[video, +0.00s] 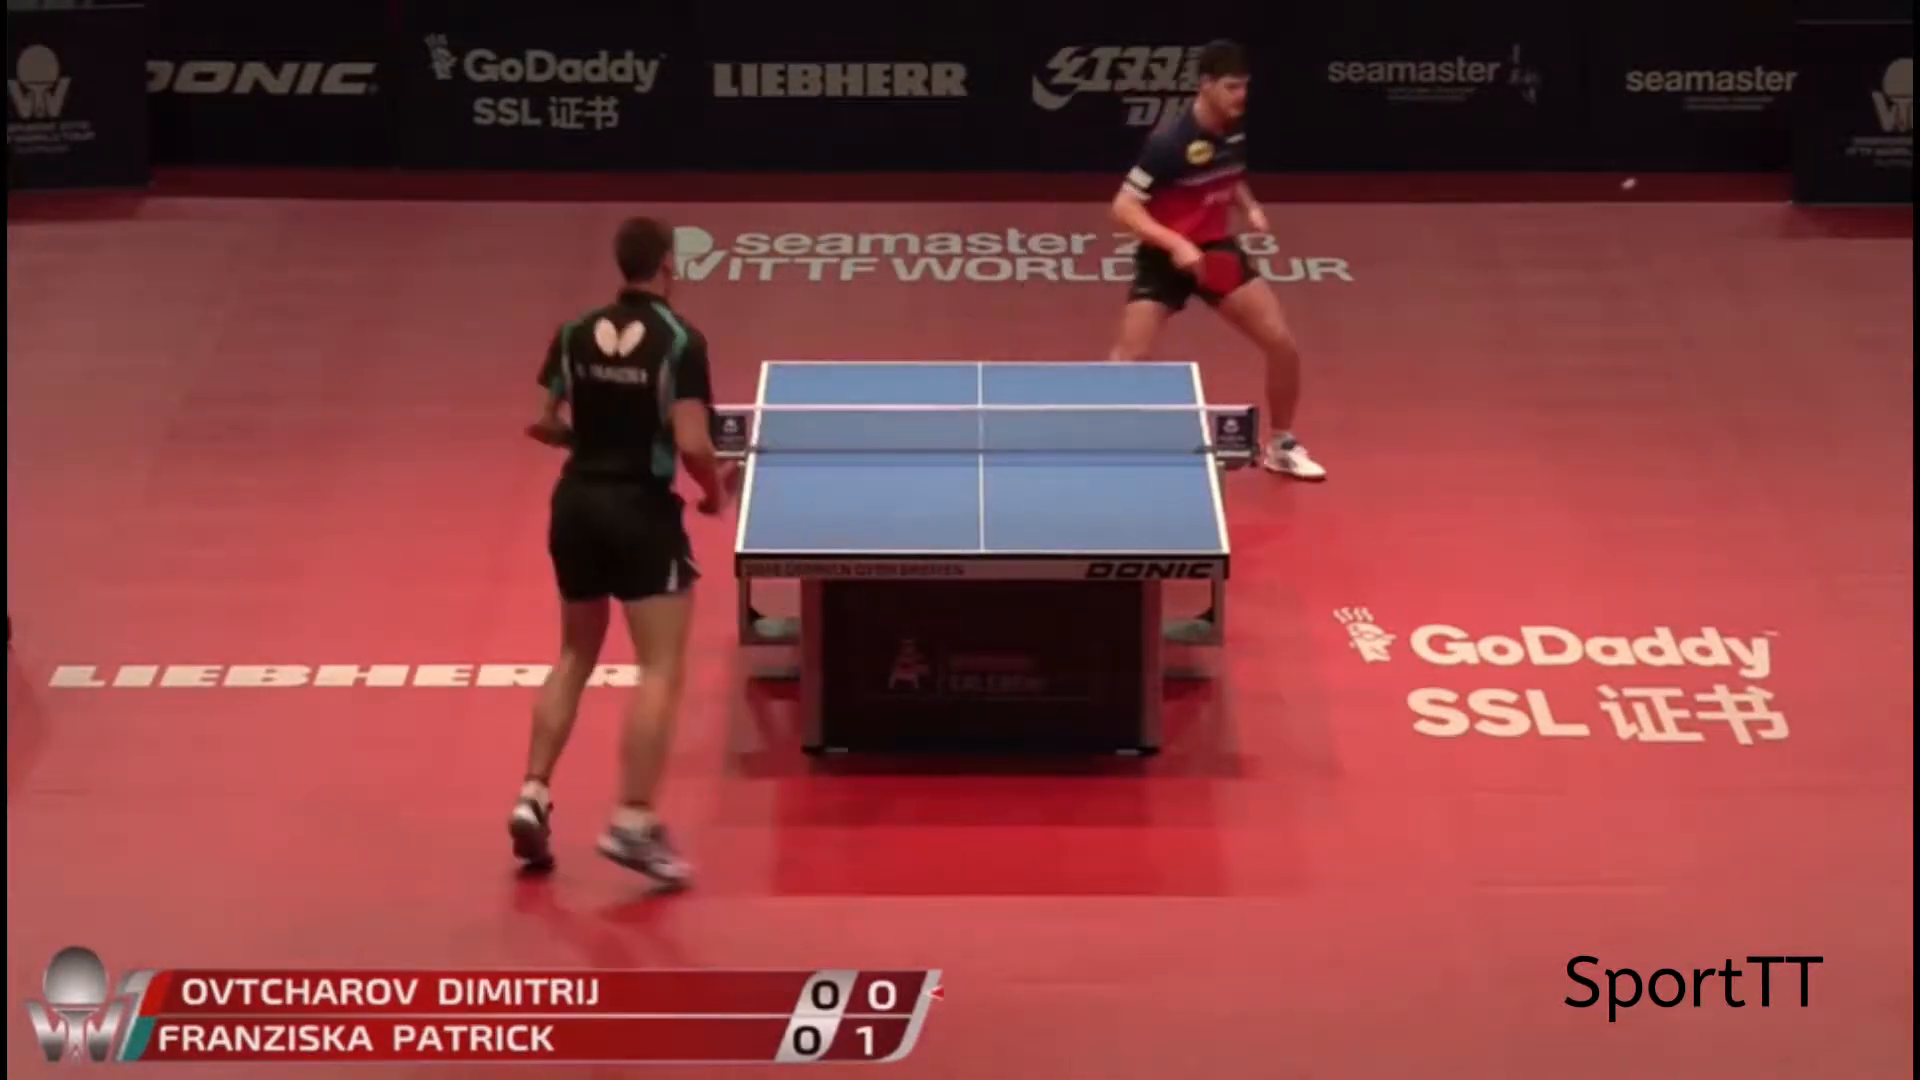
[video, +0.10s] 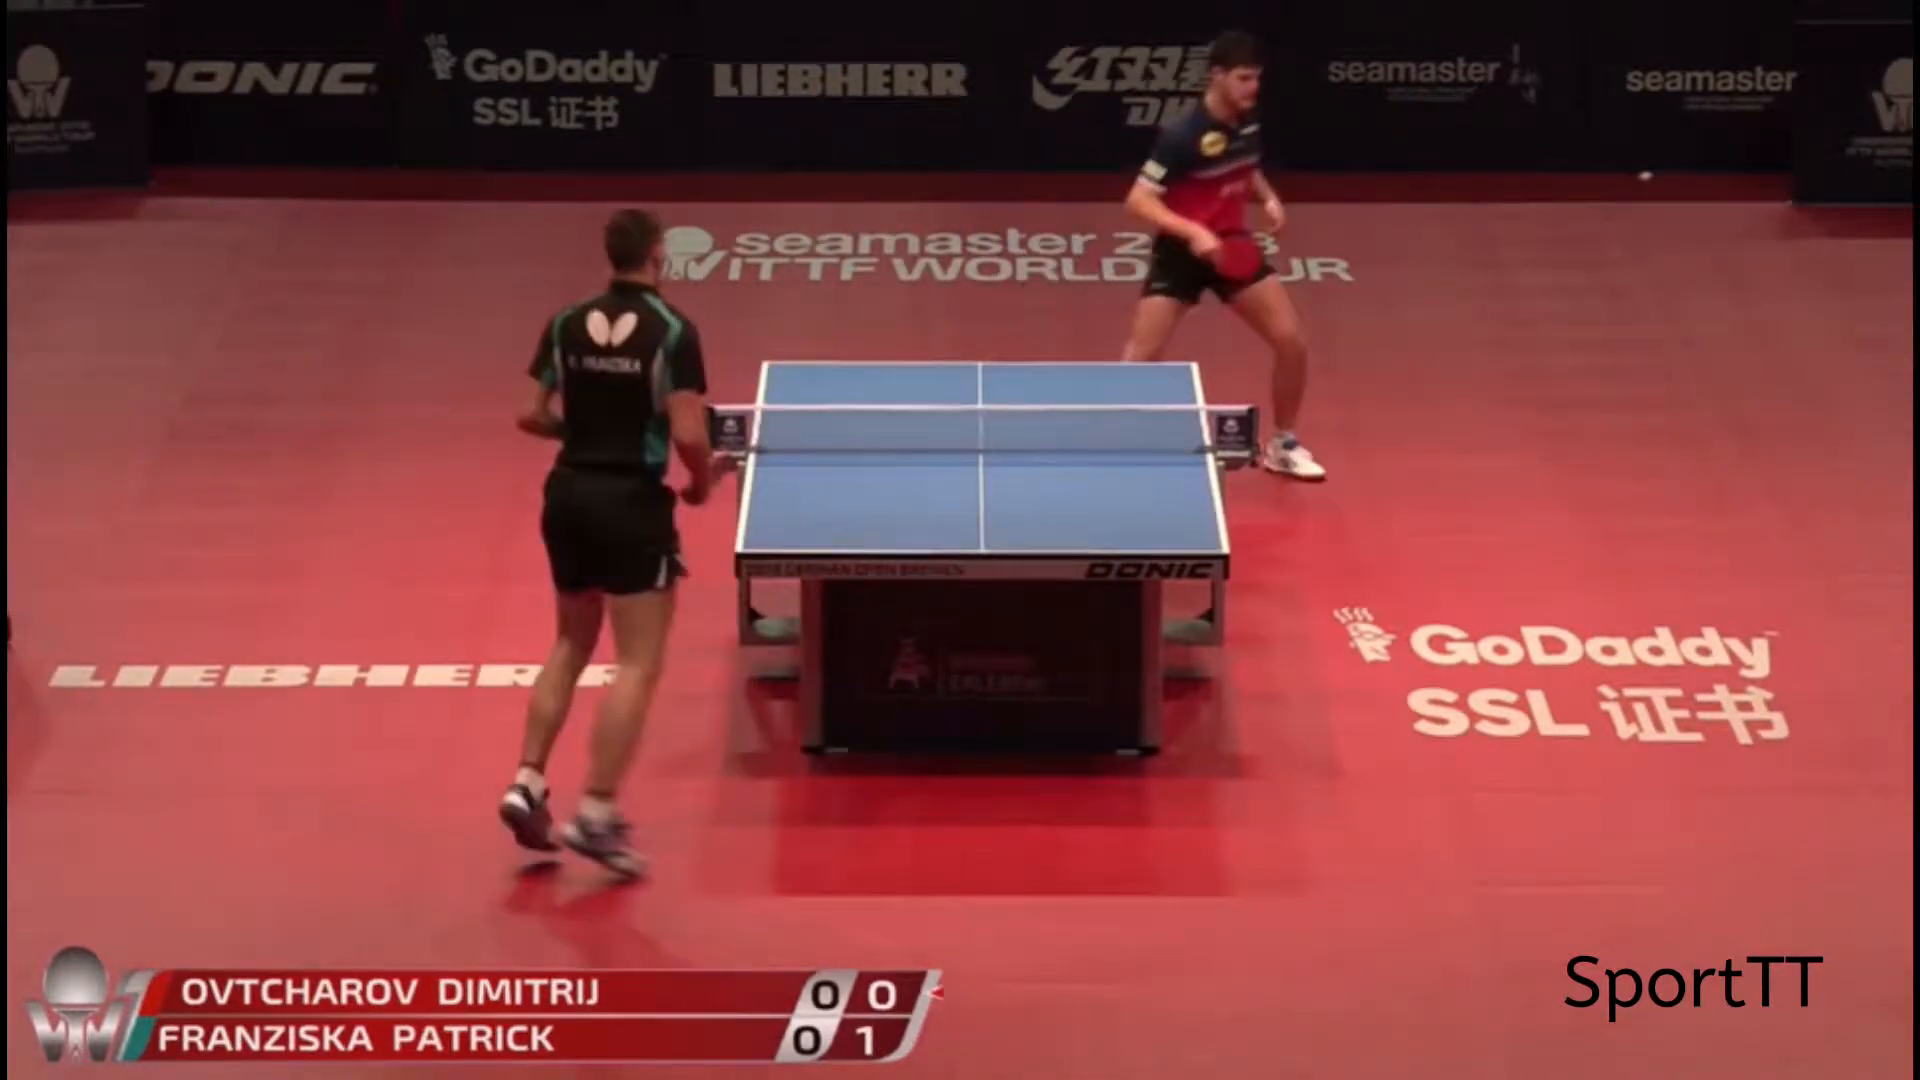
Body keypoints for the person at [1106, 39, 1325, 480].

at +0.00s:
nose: (1241, 96)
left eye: (1244, 86)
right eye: (1232, 86)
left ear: (1245, 87)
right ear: (1205, 86)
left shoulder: (1235, 130)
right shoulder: (1169, 138)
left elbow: (1232, 176)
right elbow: (1123, 206)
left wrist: (1251, 208)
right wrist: (1177, 244)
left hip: (1218, 252)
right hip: (1163, 257)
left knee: (1281, 344)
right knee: (1129, 358)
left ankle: (1281, 442)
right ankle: (1093, 453)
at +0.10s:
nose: (1254, 88)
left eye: (1256, 78)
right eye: (1244, 78)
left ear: (1257, 79)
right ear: (1217, 77)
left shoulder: (1248, 123)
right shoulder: (1182, 131)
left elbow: (1247, 171)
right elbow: (1138, 200)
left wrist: (1269, 199)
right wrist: (1193, 232)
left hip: (1234, 248)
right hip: (1180, 251)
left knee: (1291, 341)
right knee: (1141, 356)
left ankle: (1283, 441)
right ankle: (1108, 452)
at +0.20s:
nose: (1292, 52)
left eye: (1296, 43)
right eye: (1284, 43)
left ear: (1296, 45)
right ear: (1257, 41)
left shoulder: (1289, 87)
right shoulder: (1222, 98)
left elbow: (1283, 141)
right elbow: (1189, 169)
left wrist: (1305, 175)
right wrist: (1251, 192)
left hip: (1277, 217)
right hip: (1223, 223)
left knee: (1307, 325)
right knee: (1213, 333)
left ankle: (1301, 431)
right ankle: (1202, 429)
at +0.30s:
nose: (1300, 49)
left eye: (1304, 41)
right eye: (1292, 40)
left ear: (1305, 43)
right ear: (1265, 37)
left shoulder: (1295, 85)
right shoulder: (1229, 92)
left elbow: (1289, 138)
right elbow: (1199, 168)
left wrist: (1307, 174)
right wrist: (1264, 188)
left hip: (1286, 215)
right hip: (1232, 221)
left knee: (1319, 321)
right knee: (1229, 330)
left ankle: (1318, 425)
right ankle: (1221, 430)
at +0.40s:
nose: (1331, 64)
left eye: (1335, 54)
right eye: (1323, 53)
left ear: (1335, 55)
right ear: (1296, 51)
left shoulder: (1325, 101)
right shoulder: (1262, 109)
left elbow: (1311, 167)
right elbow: (1242, 186)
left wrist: (1336, 182)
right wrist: (1309, 183)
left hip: (1321, 228)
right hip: (1271, 235)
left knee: (1356, 331)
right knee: (1270, 348)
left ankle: (1391, 430)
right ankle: (1253, 434)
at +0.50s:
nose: (1338, 66)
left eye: (1343, 57)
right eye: (1330, 56)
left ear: (1344, 57)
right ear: (1303, 53)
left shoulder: (1334, 100)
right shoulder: (1272, 111)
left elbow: (1320, 167)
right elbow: (1253, 188)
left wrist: (1346, 176)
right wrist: (1320, 182)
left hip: (1332, 231)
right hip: (1283, 238)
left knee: (1364, 330)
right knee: (1277, 350)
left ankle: (1399, 432)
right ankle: (1255, 431)